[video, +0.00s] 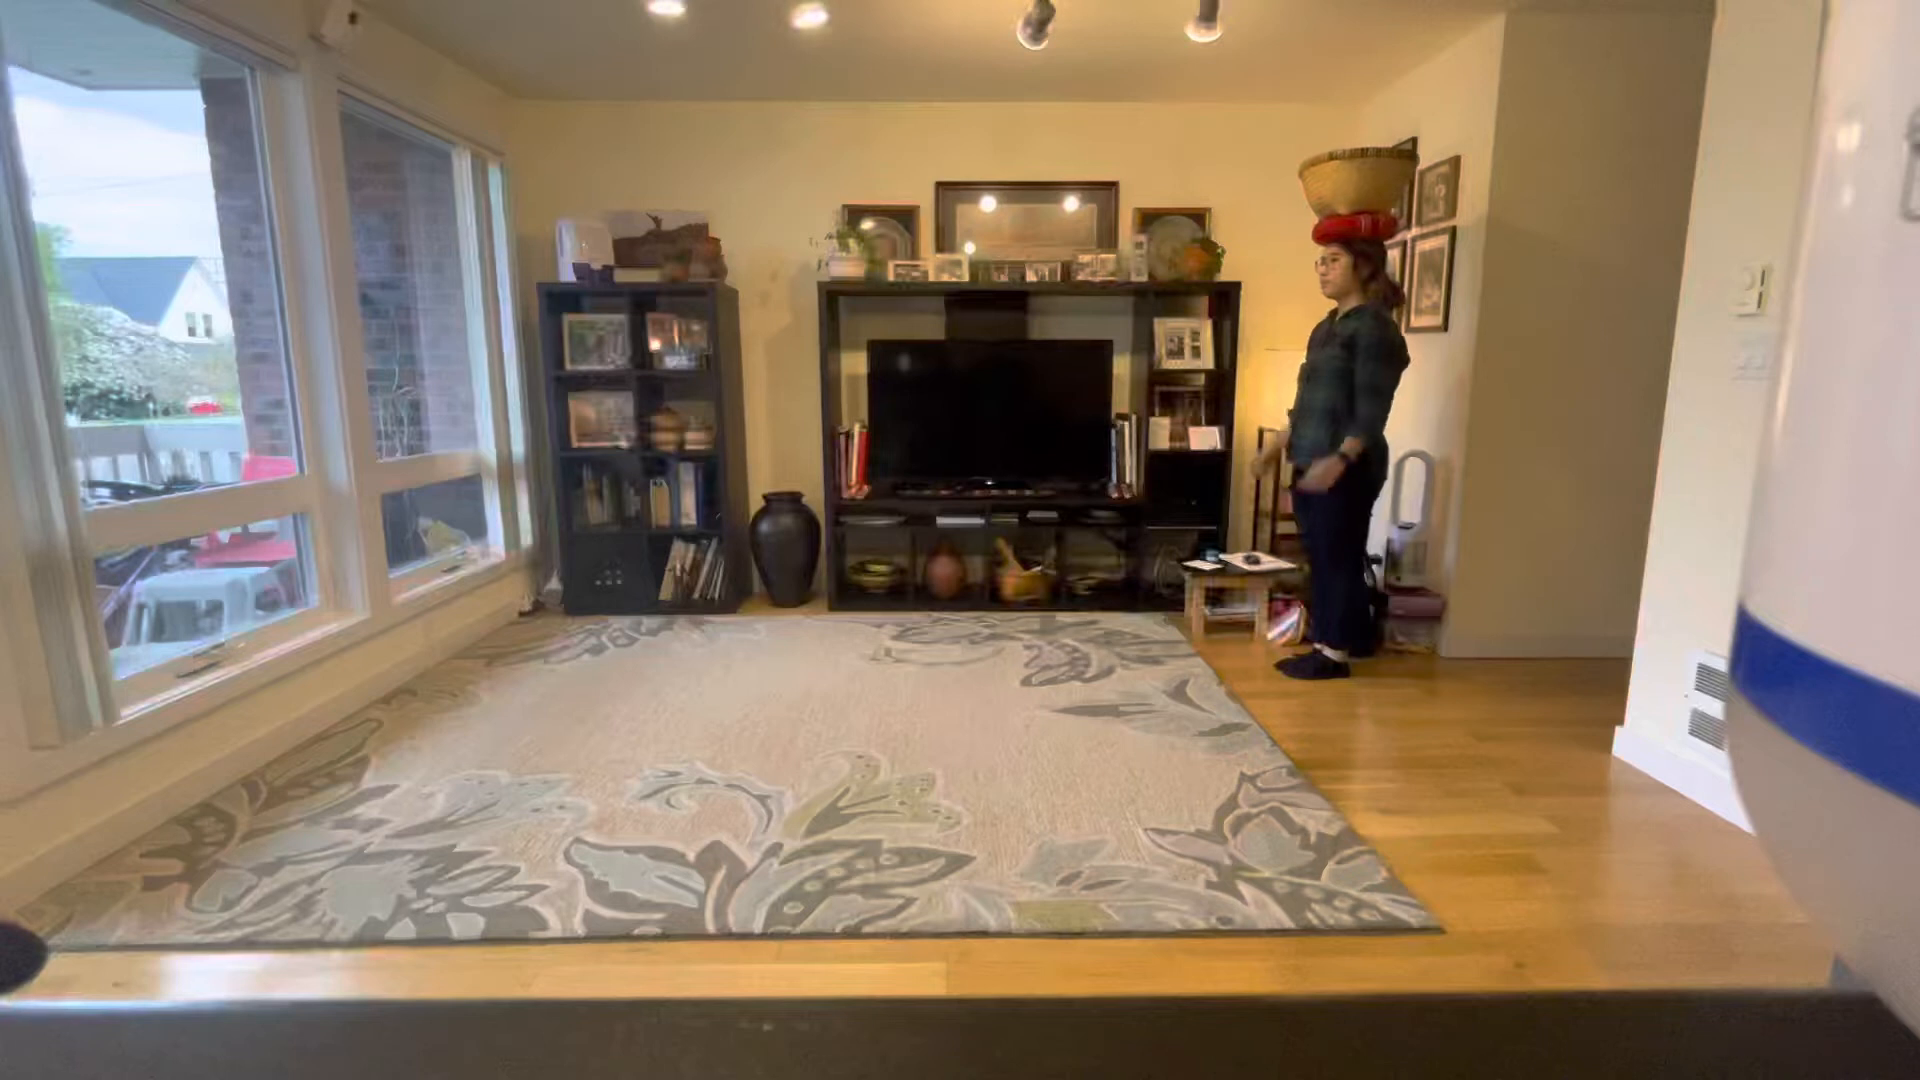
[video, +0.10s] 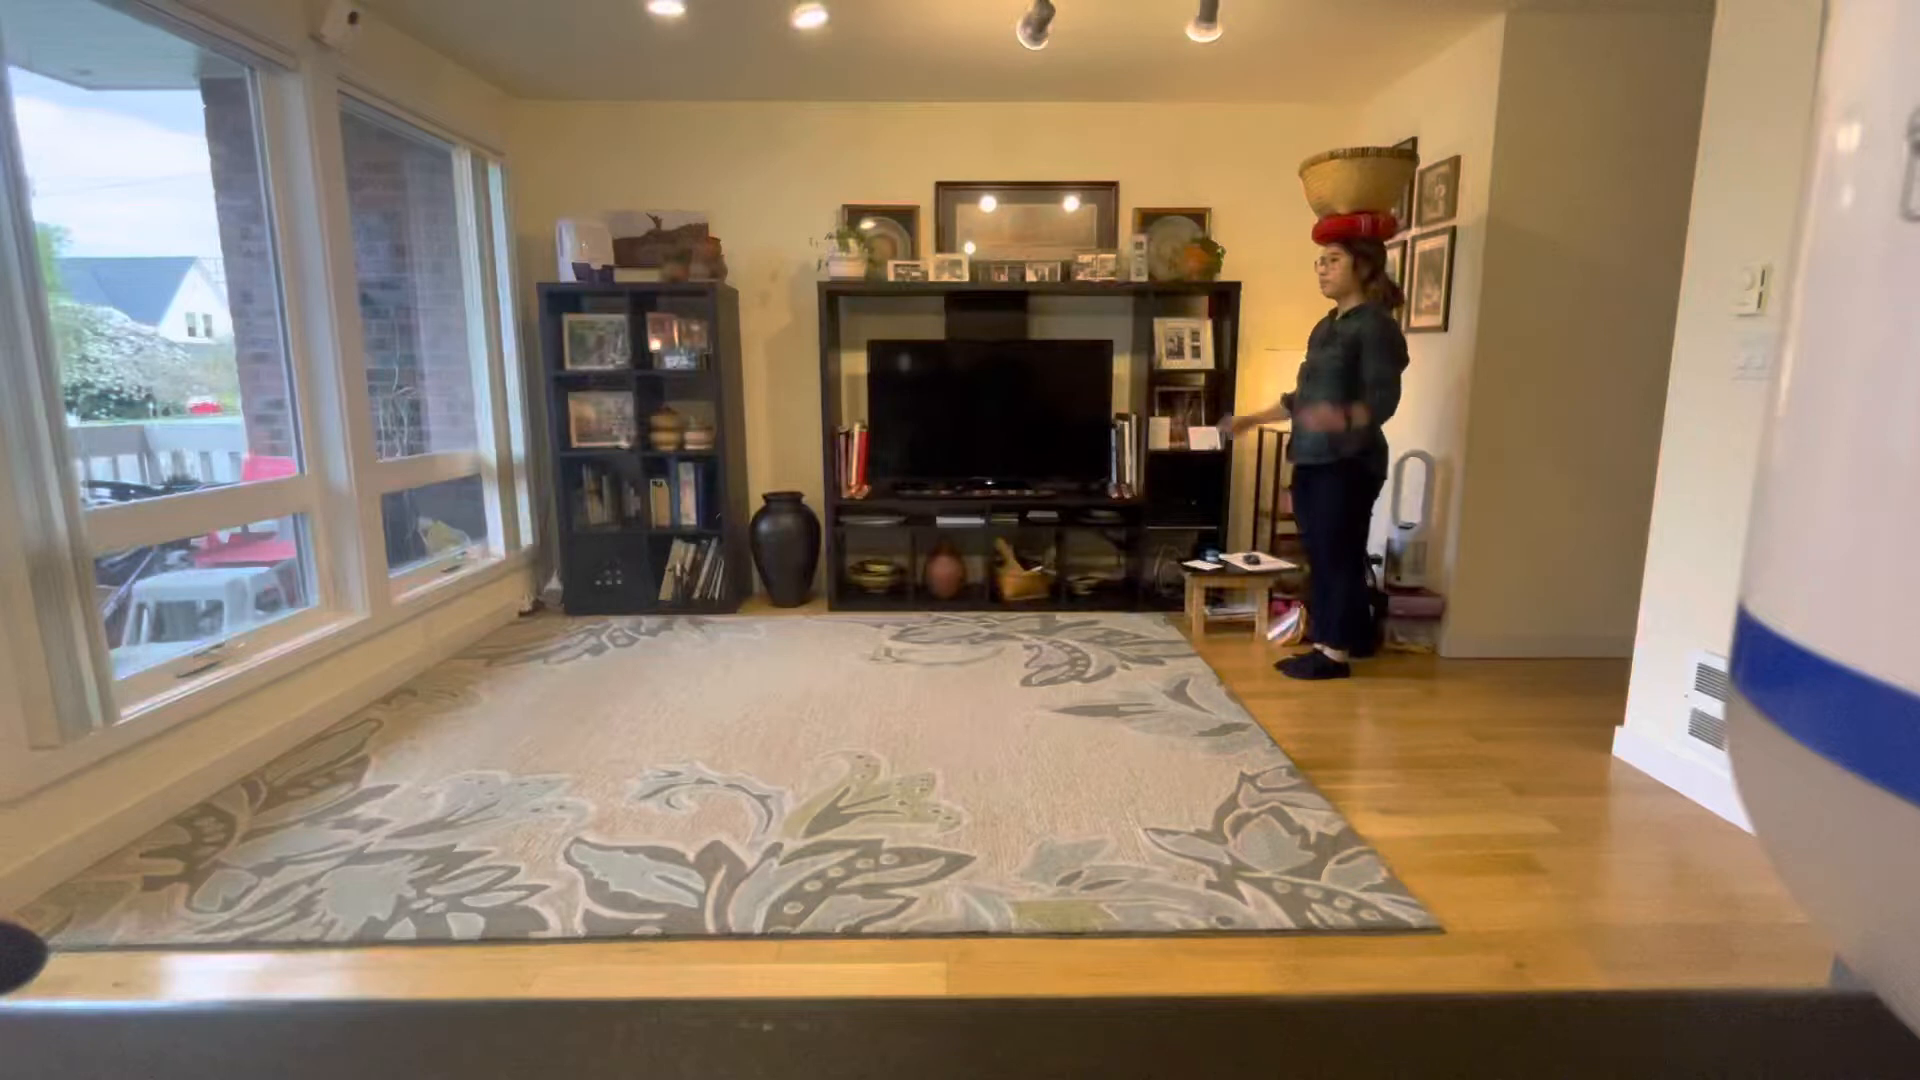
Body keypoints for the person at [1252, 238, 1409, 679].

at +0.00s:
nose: (1322, 270)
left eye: (1332, 261)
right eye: (1320, 262)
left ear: (1363, 268)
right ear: (1321, 271)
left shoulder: (1375, 326)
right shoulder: (1326, 327)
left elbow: (1373, 405)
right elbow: (1309, 399)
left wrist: (1340, 457)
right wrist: (1277, 445)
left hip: (1349, 460)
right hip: (1315, 457)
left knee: (1338, 554)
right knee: (1322, 553)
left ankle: (1334, 650)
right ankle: (1327, 640)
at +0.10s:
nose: (1320, 270)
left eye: (1330, 261)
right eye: (1320, 263)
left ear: (1361, 267)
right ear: (1330, 269)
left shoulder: (1376, 324)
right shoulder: (1326, 327)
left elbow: (1383, 399)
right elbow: (1306, 397)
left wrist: (1343, 417)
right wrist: (1254, 419)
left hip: (1349, 461)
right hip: (1315, 460)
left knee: (1338, 551)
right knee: (1321, 551)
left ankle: (1335, 649)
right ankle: (1331, 639)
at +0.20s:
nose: (1320, 270)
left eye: (1330, 261)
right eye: (1319, 263)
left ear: (1362, 266)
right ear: (1323, 270)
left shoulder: (1378, 321)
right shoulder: (1326, 326)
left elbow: (1388, 391)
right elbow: (1302, 389)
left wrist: (1345, 369)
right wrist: (1243, 389)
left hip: (1350, 459)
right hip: (1314, 458)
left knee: (1338, 552)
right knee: (1321, 551)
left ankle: (1335, 649)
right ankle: (1328, 638)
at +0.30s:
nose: (1321, 271)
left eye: (1330, 261)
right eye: (1320, 263)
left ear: (1362, 264)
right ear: (1331, 270)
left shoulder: (1382, 320)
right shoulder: (1325, 324)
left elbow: (1388, 364)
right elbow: (1285, 373)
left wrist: (1365, 311)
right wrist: (1246, 340)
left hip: (1352, 456)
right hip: (1312, 455)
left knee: (1338, 550)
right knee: (1320, 550)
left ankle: (1335, 650)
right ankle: (1333, 639)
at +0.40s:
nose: (1322, 270)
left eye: (1333, 261)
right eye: (1319, 262)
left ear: (1360, 267)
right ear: (1319, 270)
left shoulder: (1376, 317)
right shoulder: (1321, 322)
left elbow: (1394, 331)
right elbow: (1270, 350)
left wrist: (1376, 274)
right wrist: (1261, 301)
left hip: (1353, 451)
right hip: (1312, 451)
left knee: (1338, 547)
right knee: (1319, 547)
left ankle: (1334, 650)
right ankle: (1335, 638)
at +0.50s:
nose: (1323, 268)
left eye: (1334, 259)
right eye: (1319, 260)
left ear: (1363, 265)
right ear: (1317, 266)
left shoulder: (1377, 314)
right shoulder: (1318, 318)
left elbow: (1404, 299)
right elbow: (1263, 324)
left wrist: (1386, 256)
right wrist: (1284, 277)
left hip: (1354, 448)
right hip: (1311, 449)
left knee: (1339, 546)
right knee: (1318, 545)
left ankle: (1334, 649)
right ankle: (1332, 638)